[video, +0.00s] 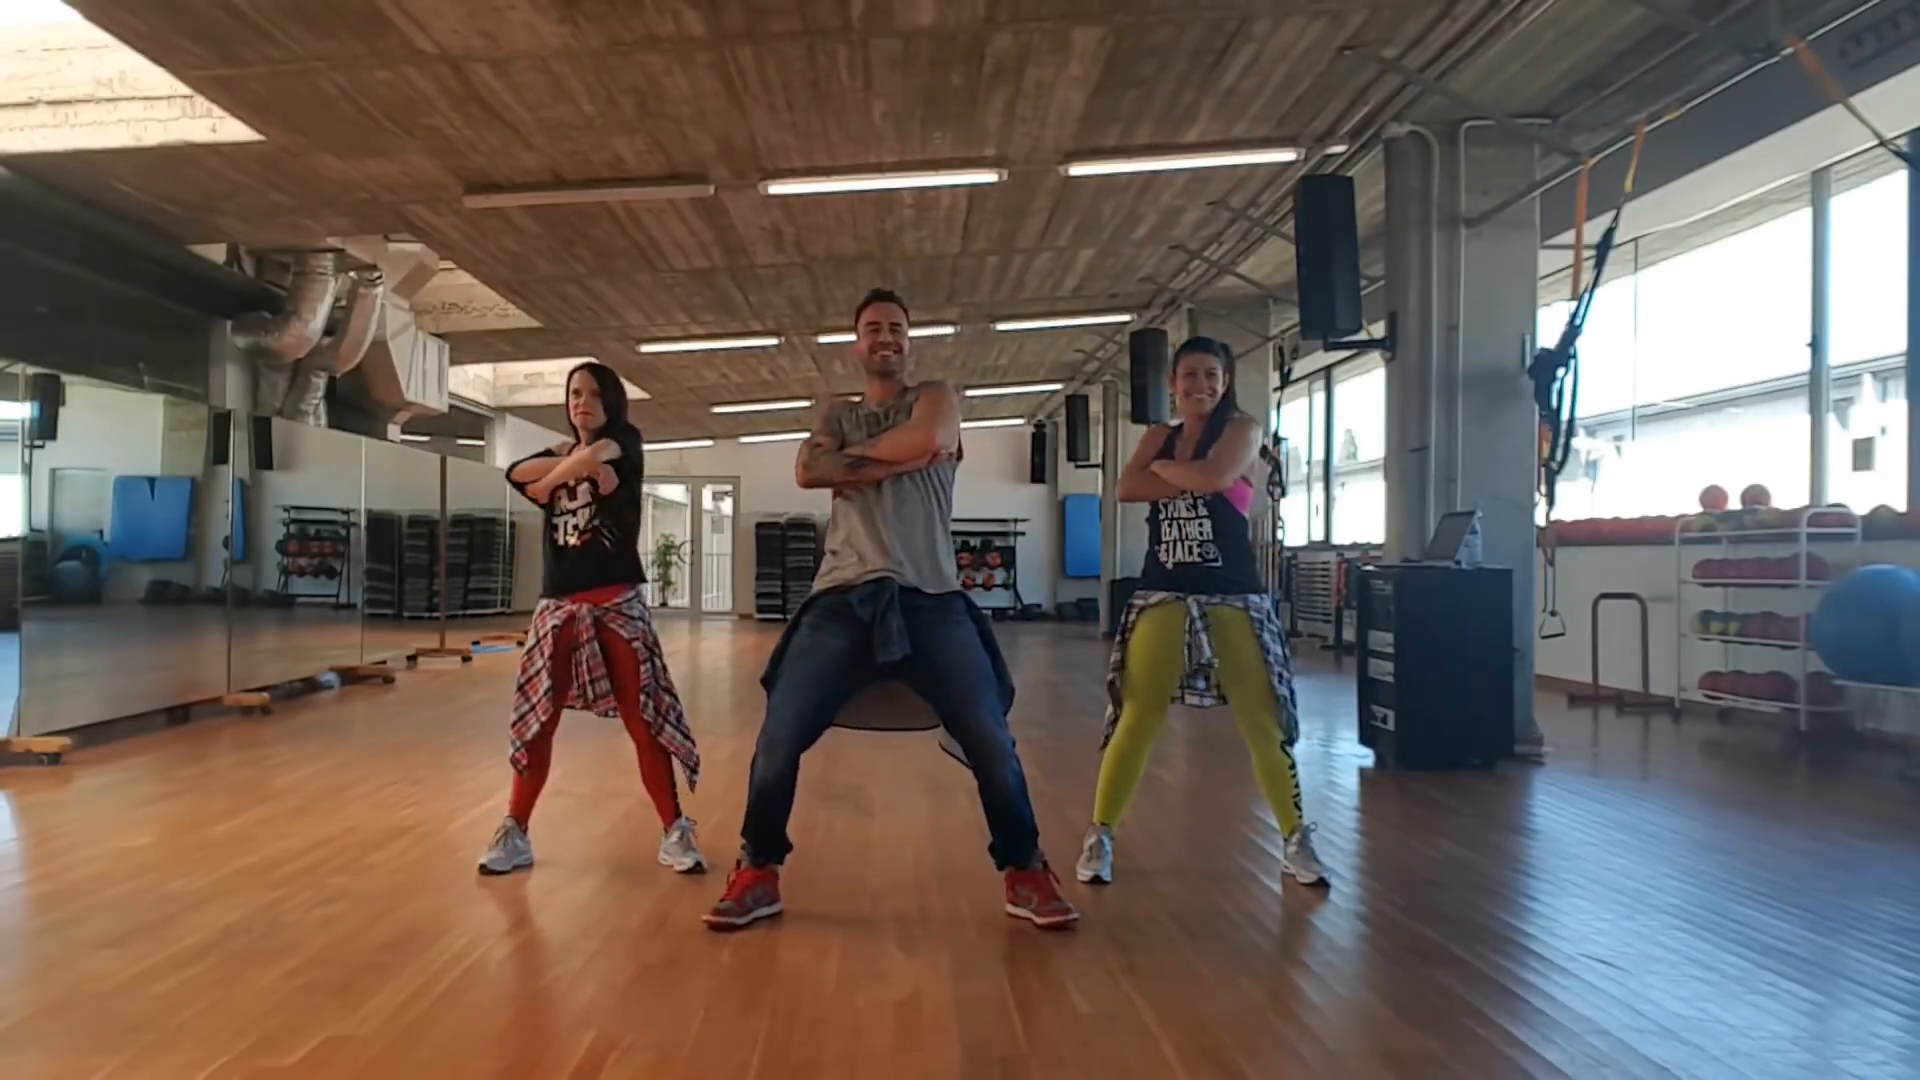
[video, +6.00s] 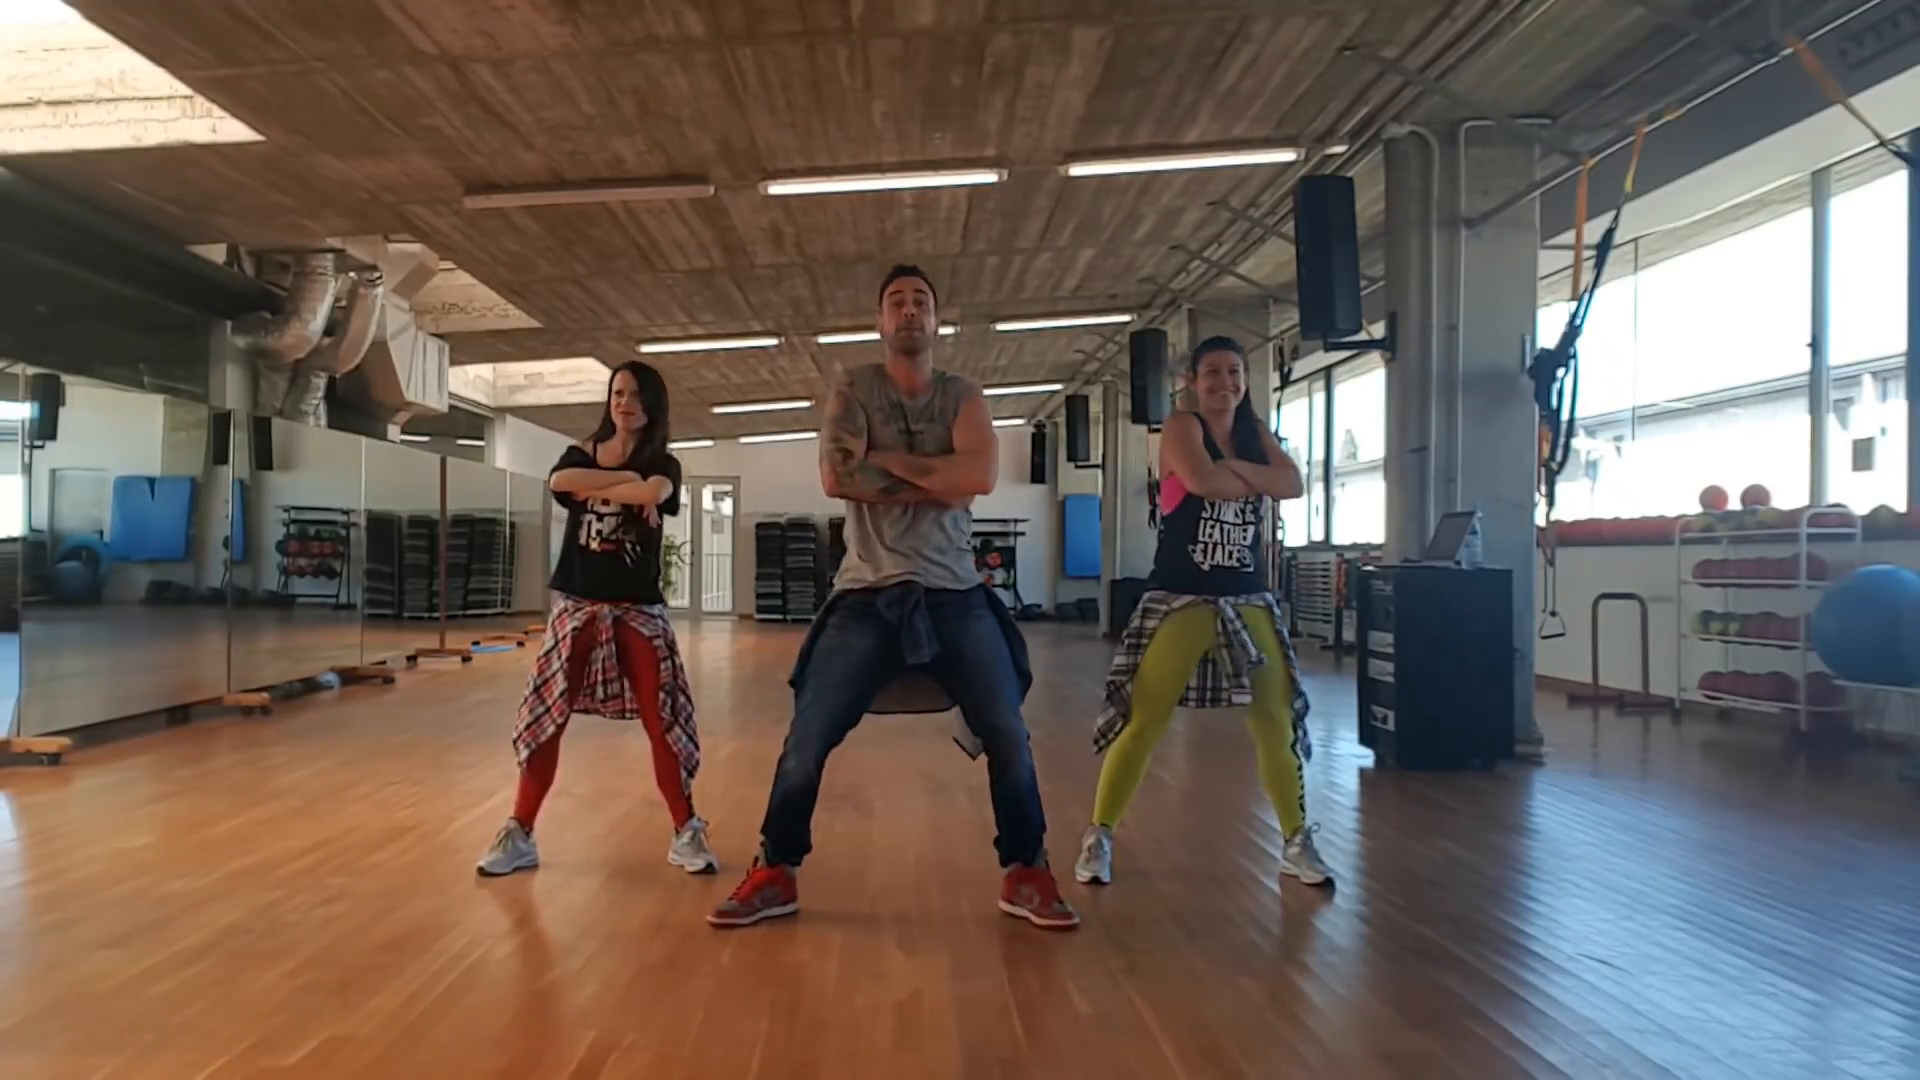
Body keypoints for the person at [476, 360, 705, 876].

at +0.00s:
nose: (582, 402)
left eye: (591, 395)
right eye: (575, 395)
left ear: (611, 401)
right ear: (567, 403)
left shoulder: (625, 443)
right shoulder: (556, 454)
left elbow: (589, 460)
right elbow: (515, 474)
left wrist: (546, 485)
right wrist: (577, 462)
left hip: (617, 598)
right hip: (559, 602)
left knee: (642, 717)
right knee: (537, 714)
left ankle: (675, 830)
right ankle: (515, 832)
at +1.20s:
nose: (608, 403)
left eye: (617, 395)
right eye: (601, 395)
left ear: (637, 402)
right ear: (591, 403)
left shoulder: (653, 461)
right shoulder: (572, 450)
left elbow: (652, 508)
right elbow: (563, 495)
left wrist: (590, 501)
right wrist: (632, 499)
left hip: (632, 600)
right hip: (571, 598)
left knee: (654, 718)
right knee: (544, 711)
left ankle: (678, 831)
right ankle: (517, 832)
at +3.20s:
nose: (628, 402)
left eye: (638, 394)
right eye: (621, 394)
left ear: (654, 405)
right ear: (609, 403)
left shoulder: (662, 464)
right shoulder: (582, 456)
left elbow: (665, 505)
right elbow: (575, 495)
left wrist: (602, 498)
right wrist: (645, 498)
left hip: (642, 608)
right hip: (581, 606)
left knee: (665, 723)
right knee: (553, 719)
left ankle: (687, 831)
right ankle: (520, 833)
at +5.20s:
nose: (615, 402)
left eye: (624, 394)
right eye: (610, 394)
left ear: (645, 402)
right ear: (601, 402)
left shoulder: (659, 462)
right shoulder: (578, 453)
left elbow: (649, 486)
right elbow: (561, 482)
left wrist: (588, 484)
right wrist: (634, 480)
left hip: (635, 601)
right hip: (574, 598)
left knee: (658, 717)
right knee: (545, 712)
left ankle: (686, 831)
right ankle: (519, 834)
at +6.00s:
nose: (624, 403)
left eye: (633, 395)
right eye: (617, 394)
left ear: (652, 404)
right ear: (608, 400)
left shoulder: (663, 463)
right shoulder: (584, 451)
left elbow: (651, 495)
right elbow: (559, 482)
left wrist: (589, 488)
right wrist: (633, 479)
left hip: (639, 605)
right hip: (576, 602)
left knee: (661, 719)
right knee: (547, 714)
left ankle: (687, 831)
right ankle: (520, 834)